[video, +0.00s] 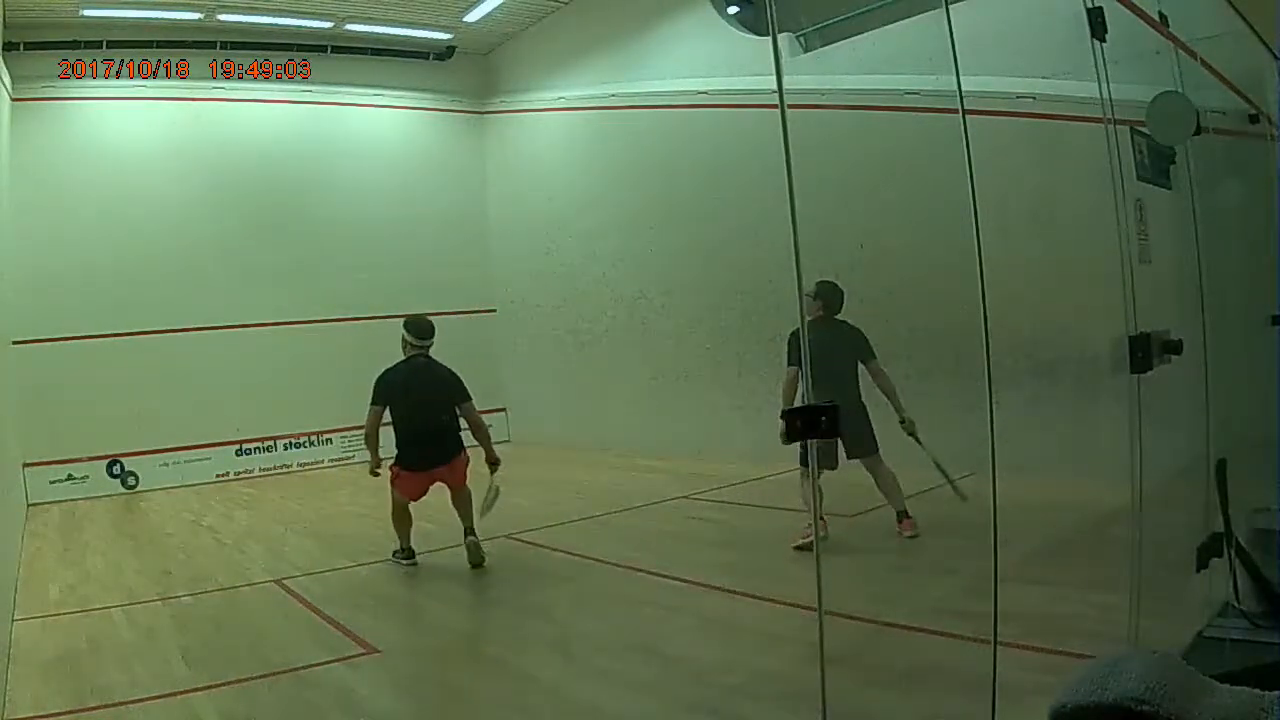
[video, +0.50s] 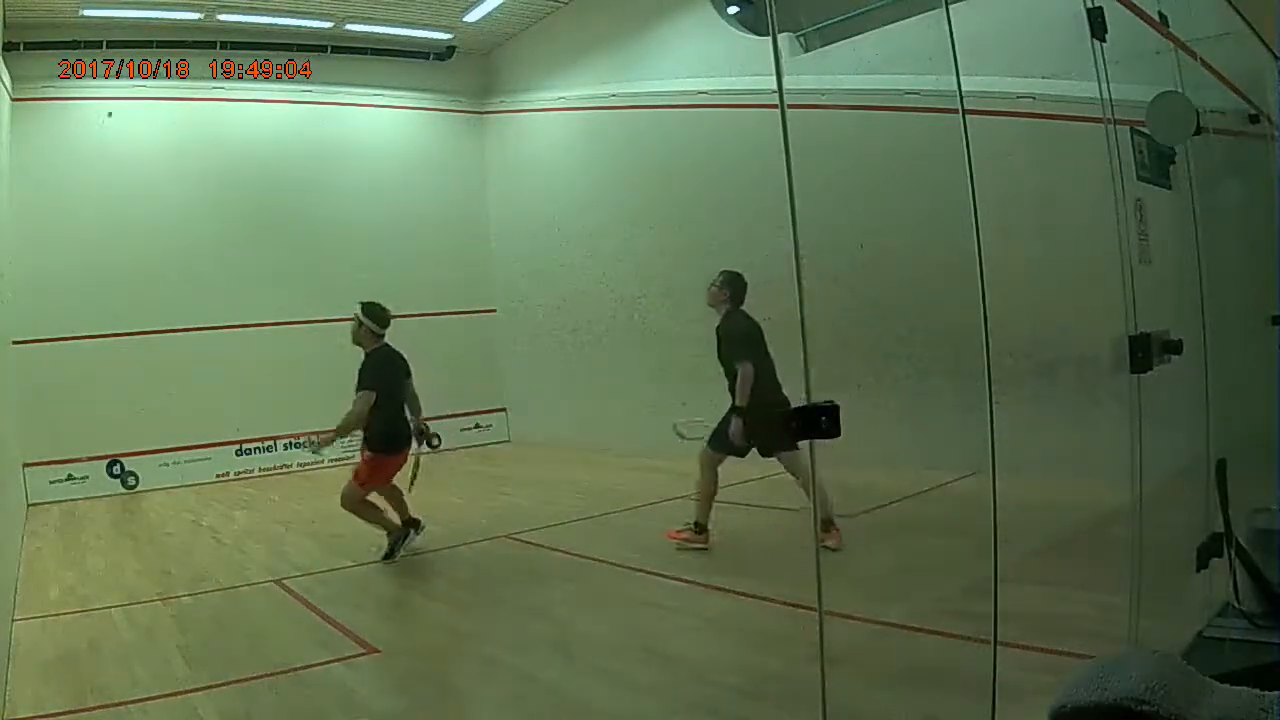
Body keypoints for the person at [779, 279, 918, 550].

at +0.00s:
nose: (805, 303)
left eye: (809, 299)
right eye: (807, 298)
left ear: (819, 304)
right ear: (835, 306)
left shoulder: (799, 336)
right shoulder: (852, 333)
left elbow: (792, 378)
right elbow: (877, 374)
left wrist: (786, 418)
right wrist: (902, 414)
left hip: (816, 418)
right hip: (852, 413)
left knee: (808, 474)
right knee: (875, 465)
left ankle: (816, 525)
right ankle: (905, 519)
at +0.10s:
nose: (799, 291)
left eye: (799, 285)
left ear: (800, 288)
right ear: (825, 289)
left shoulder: (786, 321)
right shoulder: (839, 319)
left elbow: (786, 360)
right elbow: (860, 364)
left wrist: (788, 394)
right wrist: (877, 403)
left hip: (802, 412)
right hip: (839, 408)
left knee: (794, 470)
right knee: (868, 459)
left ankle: (814, 524)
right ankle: (901, 515)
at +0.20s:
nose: (774, 267)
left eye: (778, 263)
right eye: (776, 262)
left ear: (788, 269)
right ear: (804, 271)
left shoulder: (770, 300)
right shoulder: (821, 303)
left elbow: (776, 333)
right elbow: (837, 348)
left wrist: (782, 373)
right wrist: (850, 388)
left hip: (787, 396)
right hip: (824, 393)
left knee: (784, 458)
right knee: (844, 450)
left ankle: (809, 520)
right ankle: (870, 510)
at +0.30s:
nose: (757, 261)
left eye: (762, 258)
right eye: (761, 257)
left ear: (773, 265)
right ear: (785, 267)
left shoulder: (758, 295)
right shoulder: (806, 300)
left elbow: (767, 332)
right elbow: (817, 345)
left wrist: (774, 374)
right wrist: (824, 384)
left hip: (780, 384)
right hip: (814, 383)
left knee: (770, 452)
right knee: (822, 448)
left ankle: (800, 511)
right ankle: (838, 515)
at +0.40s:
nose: (732, 277)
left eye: (737, 273)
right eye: (736, 272)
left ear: (748, 280)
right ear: (757, 282)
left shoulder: (749, 312)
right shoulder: (773, 309)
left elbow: (758, 357)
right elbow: (782, 356)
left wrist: (760, 403)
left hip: (766, 397)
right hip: (791, 394)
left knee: (736, 456)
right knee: (808, 461)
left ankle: (747, 526)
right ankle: (829, 528)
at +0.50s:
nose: (709, 289)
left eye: (713, 286)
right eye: (712, 285)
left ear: (724, 294)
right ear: (731, 296)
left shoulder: (730, 326)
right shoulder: (745, 322)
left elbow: (746, 370)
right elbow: (757, 367)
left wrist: (738, 415)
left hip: (749, 409)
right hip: (772, 407)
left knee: (708, 459)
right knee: (798, 468)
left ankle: (699, 529)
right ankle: (830, 528)